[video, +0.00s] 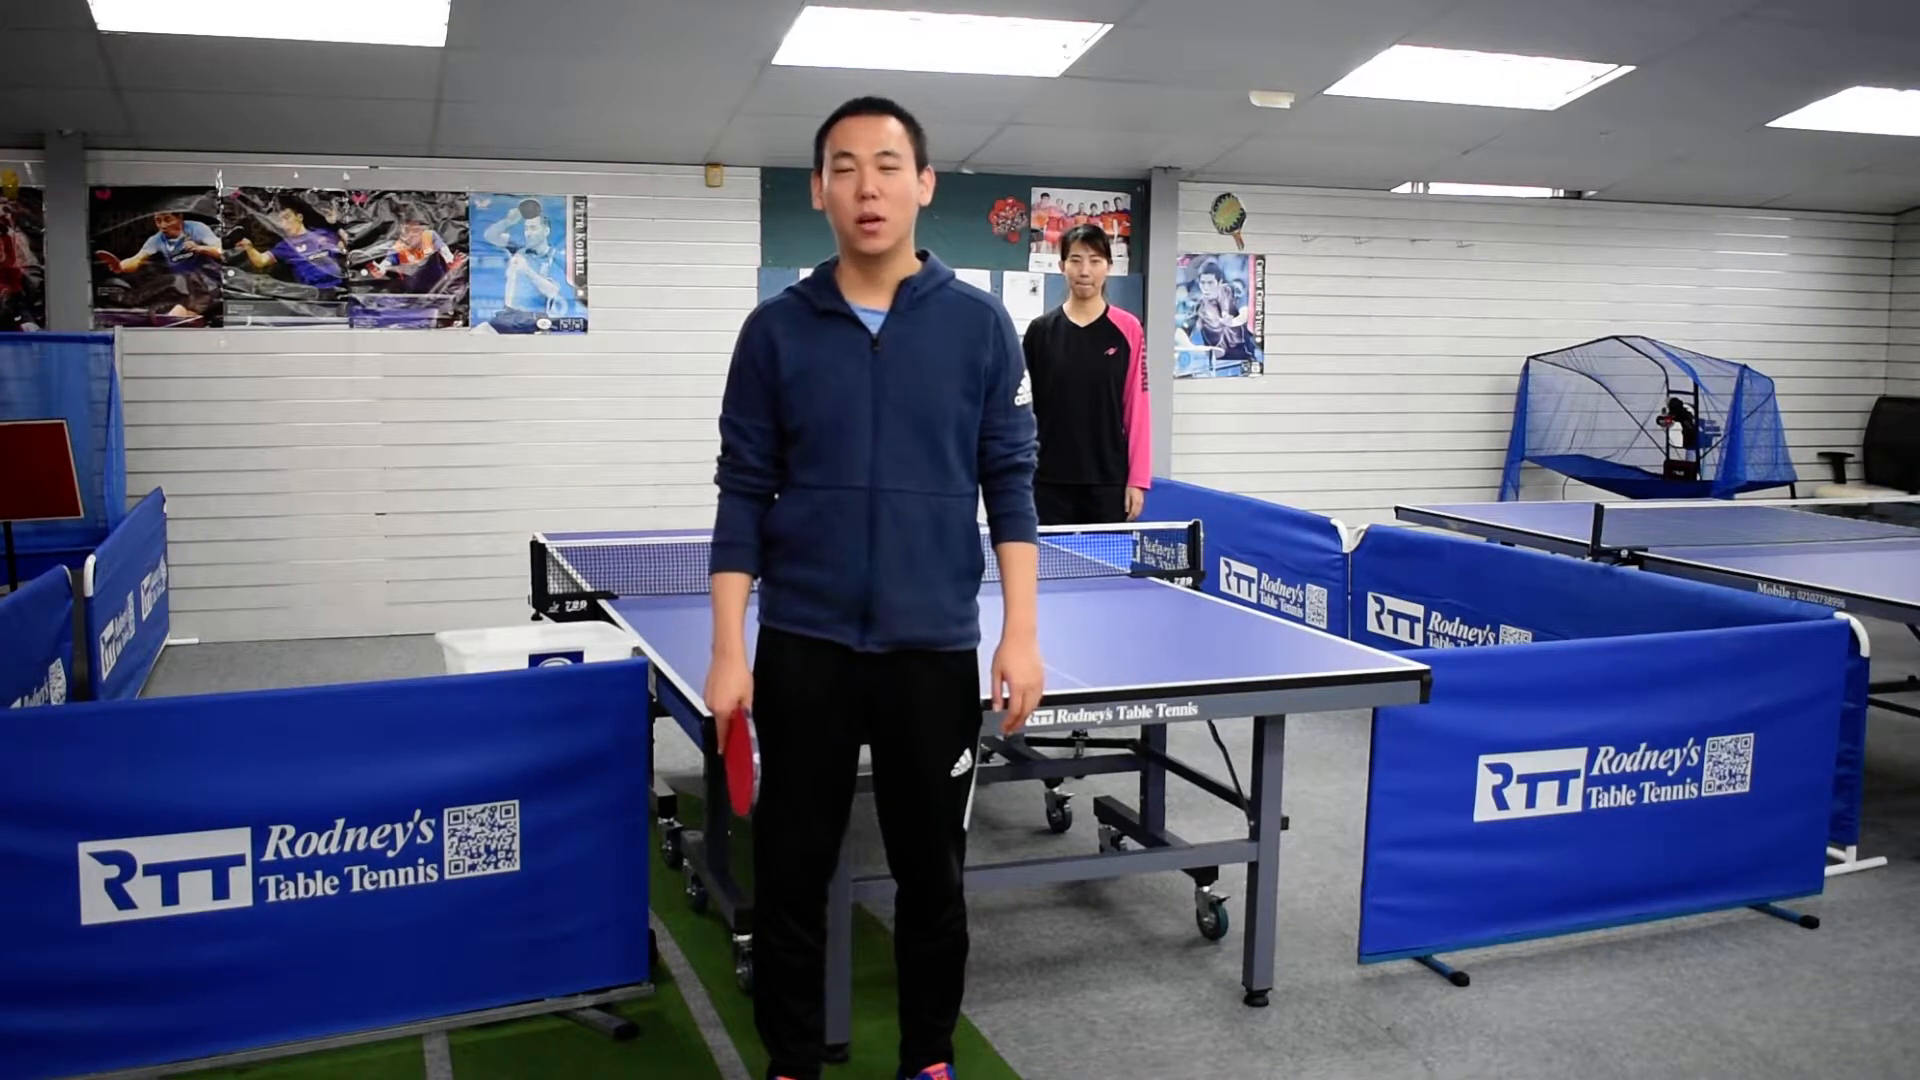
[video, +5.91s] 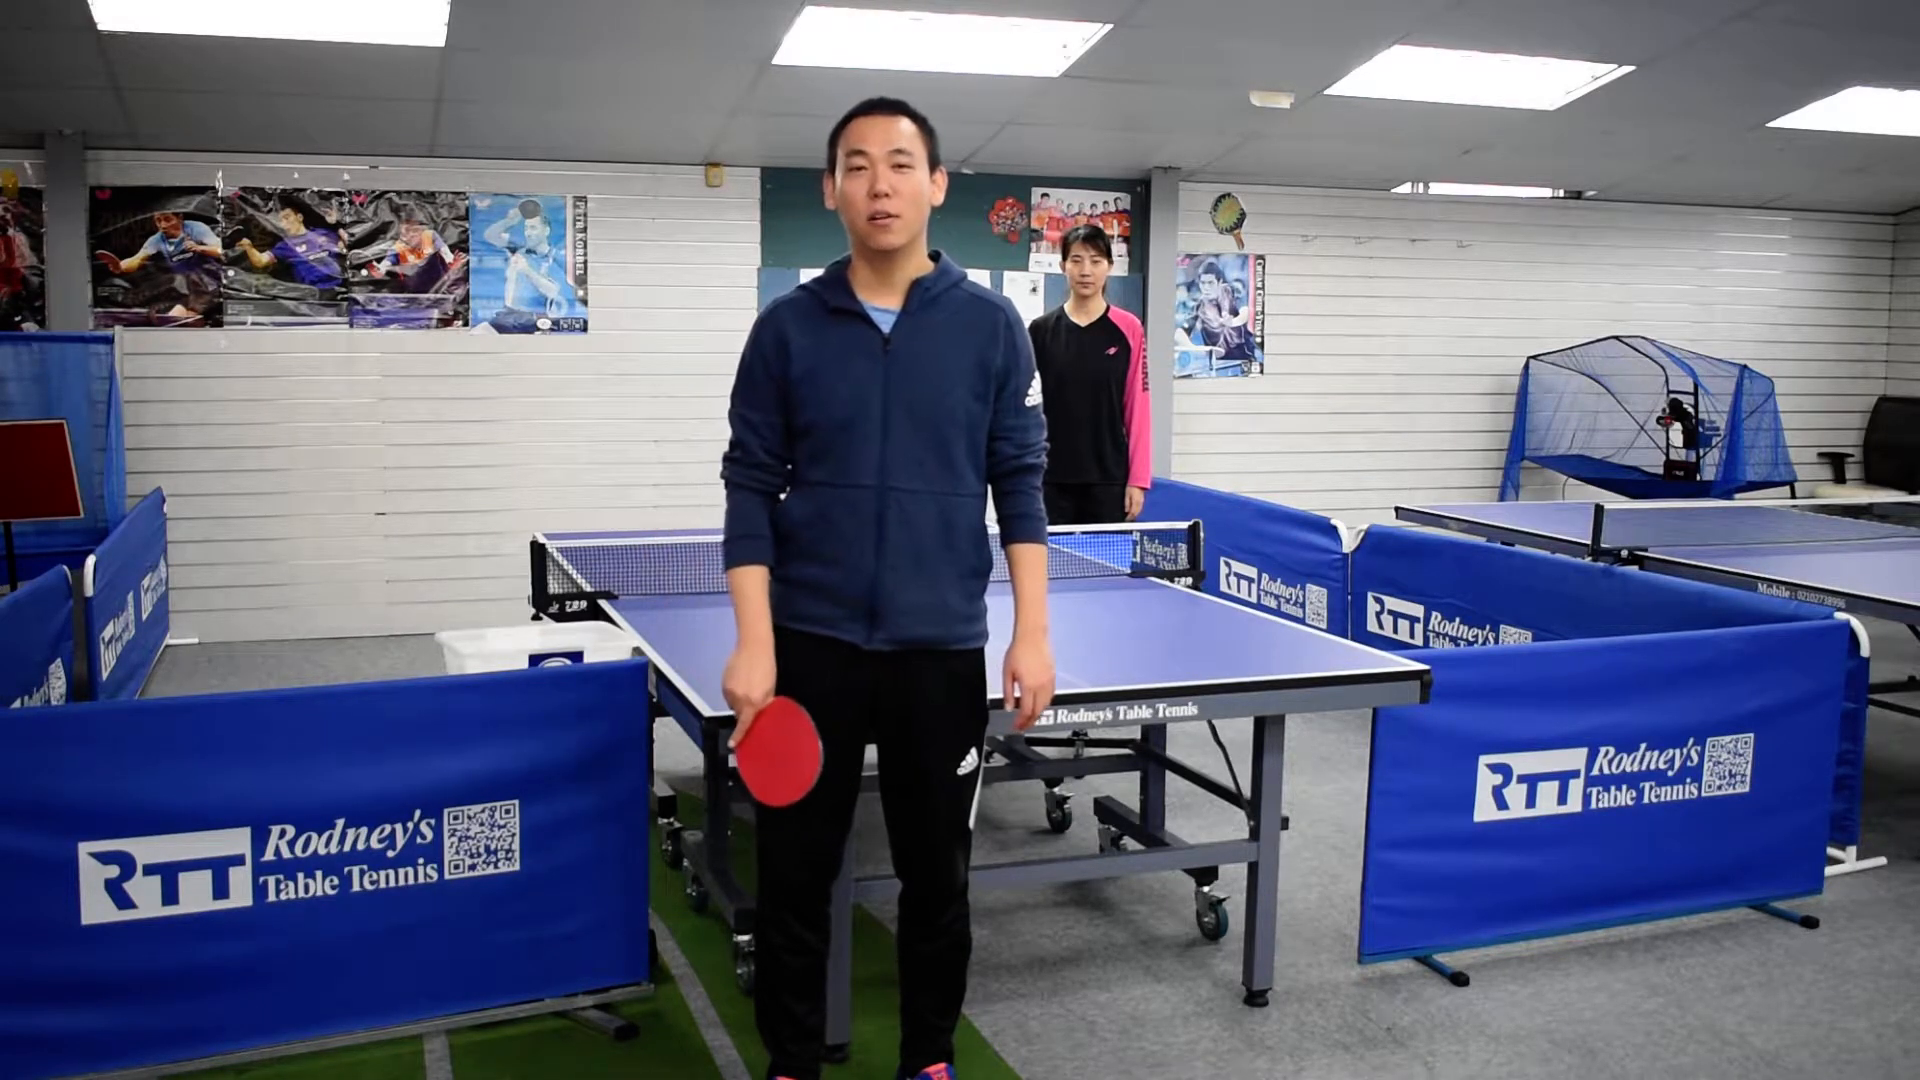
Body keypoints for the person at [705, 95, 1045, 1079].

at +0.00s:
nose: (866, 187)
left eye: (888, 167)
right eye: (845, 169)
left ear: (923, 188)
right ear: (820, 193)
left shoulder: (979, 326)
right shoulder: (776, 330)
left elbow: (1012, 484)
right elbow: (741, 491)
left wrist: (1021, 633)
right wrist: (728, 649)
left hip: (932, 645)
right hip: (805, 644)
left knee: (931, 874)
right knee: (789, 876)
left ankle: (930, 1061)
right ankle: (791, 1062)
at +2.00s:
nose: (866, 186)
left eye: (888, 166)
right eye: (845, 167)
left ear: (923, 188)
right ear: (820, 191)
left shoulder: (978, 325)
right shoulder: (775, 329)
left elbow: (1011, 482)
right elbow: (740, 490)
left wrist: (1022, 631)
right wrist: (728, 651)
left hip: (932, 644)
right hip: (804, 642)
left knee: (931, 871)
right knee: (789, 873)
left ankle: (929, 1060)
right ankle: (790, 1061)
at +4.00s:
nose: (870, 188)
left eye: (893, 168)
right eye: (849, 169)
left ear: (927, 189)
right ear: (824, 191)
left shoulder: (979, 325)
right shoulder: (777, 329)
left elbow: (1012, 482)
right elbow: (742, 490)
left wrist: (1023, 631)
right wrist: (730, 650)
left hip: (934, 644)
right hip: (806, 643)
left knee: (932, 874)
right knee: (791, 875)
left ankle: (930, 1060)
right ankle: (791, 1062)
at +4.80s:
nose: (864, 195)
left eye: (884, 173)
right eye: (842, 176)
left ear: (919, 187)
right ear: (814, 194)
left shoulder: (976, 323)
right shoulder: (777, 328)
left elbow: (1010, 478)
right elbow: (736, 467)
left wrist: (1025, 628)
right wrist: (682, 539)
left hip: (936, 640)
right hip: (808, 636)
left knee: (931, 869)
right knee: (793, 867)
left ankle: (928, 1058)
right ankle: (792, 1062)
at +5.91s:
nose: (878, 183)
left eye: (900, 164)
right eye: (857, 166)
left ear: (936, 189)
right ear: (833, 193)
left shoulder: (989, 326)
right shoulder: (787, 327)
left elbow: (1022, 482)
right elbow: (749, 484)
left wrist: (1032, 633)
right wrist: (754, 639)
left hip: (941, 645)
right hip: (811, 643)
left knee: (935, 874)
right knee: (796, 878)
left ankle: (929, 1059)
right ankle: (792, 1063)